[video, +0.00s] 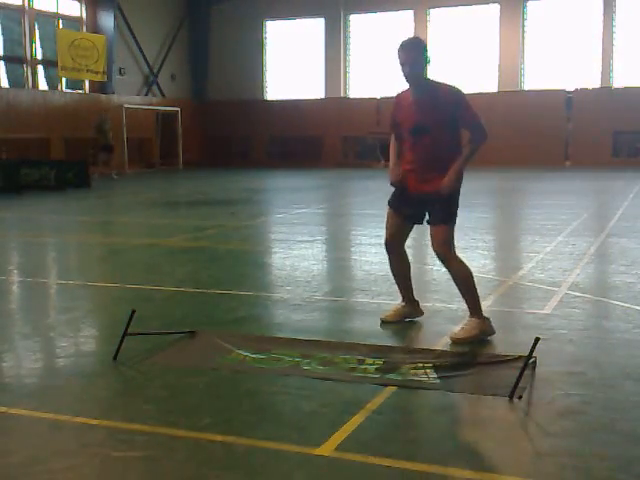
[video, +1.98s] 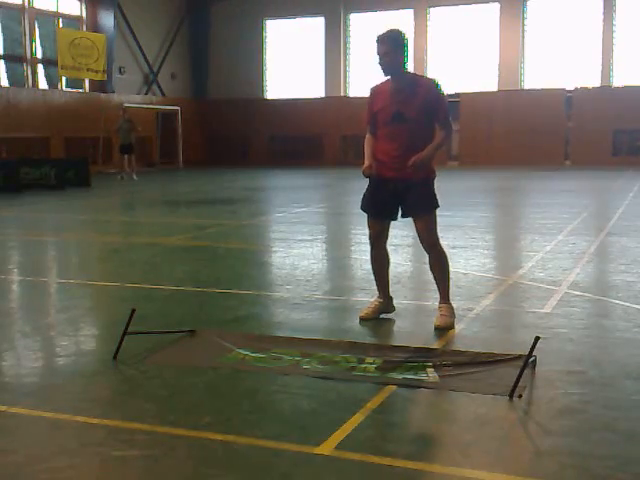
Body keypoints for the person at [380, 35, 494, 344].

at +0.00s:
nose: (407, 69)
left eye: (412, 63)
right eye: (403, 63)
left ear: (426, 61)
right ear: (399, 65)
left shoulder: (449, 96)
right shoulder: (401, 101)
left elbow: (478, 134)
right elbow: (395, 136)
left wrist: (455, 172)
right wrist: (394, 165)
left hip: (442, 187)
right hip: (409, 185)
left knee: (443, 250)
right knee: (393, 243)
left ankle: (478, 318)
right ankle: (410, 304)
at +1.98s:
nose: (380, 60)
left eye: (385, 54)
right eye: (378, 55)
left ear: (402, 53)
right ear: (380, 56)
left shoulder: (427, 88)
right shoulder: (378, 92)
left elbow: (445, 131)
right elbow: (370, 131)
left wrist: (428, 152)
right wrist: (368, 158)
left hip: (417, 179)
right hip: (382, 179)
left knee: (430, 241)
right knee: (376, 239)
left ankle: (445, 304)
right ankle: (384, 300)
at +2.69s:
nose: (369, 93)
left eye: (374, 87)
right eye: (366, 87)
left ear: (390, 85)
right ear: (365, 87)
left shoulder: (414, 116)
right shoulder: (365, 114)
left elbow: (435, 156)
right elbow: (361, 151)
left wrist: (402, 182)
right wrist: (364, 179)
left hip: (406, 193)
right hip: (372, 191)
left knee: (426, 251)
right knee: (332, 239)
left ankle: (446, 306)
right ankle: (366, 288)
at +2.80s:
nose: (346, 84)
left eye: (351, 79)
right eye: (344, 79)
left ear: (366, 77)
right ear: (344, 79)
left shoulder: (390, 107)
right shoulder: (345, 108)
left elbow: (410, 147)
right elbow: (343, 140)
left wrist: (370, 162)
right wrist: (342, 165)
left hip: (387, 191)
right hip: (352, 189)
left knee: (415, 247)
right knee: (308, 228)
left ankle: (445, 305)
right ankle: (327, 287)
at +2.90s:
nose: (315, 81)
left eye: (319, 75)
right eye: (313, 76)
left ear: (334, 73)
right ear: (313, 76)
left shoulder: (361, 99)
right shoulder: (317, 104)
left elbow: (386, 134)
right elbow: (313, 131)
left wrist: (346, 147)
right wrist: (314, 155)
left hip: (363, 183)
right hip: (328, 181)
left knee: (396, 240)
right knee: (288, 228)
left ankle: (431, 297)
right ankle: (280, 286)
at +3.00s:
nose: (294, 94)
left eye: (297, 88)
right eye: (289, 90)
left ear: (306, 85)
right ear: (285, 91)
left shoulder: (335, 110)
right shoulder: (288, 113)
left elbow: (357, 144)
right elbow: (287, 141)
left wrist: (329, 161)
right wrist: (284, 171)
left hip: (338, 187)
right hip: (304, 187)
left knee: (368, 241)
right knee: (270, 241)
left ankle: (396, 289)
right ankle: (255, 293)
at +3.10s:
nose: (268, 109)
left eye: (271, 103)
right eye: (263, 105)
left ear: (282, 104)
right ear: (260, 109)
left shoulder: (311, 129)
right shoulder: (268, 136)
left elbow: (338, 161)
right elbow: (270, 168)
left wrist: (309, 186)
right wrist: (257, 201)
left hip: (324, 194)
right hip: (292, 194)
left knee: (340, 250)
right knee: (258, 246)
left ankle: (346, 279)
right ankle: (254, 296)